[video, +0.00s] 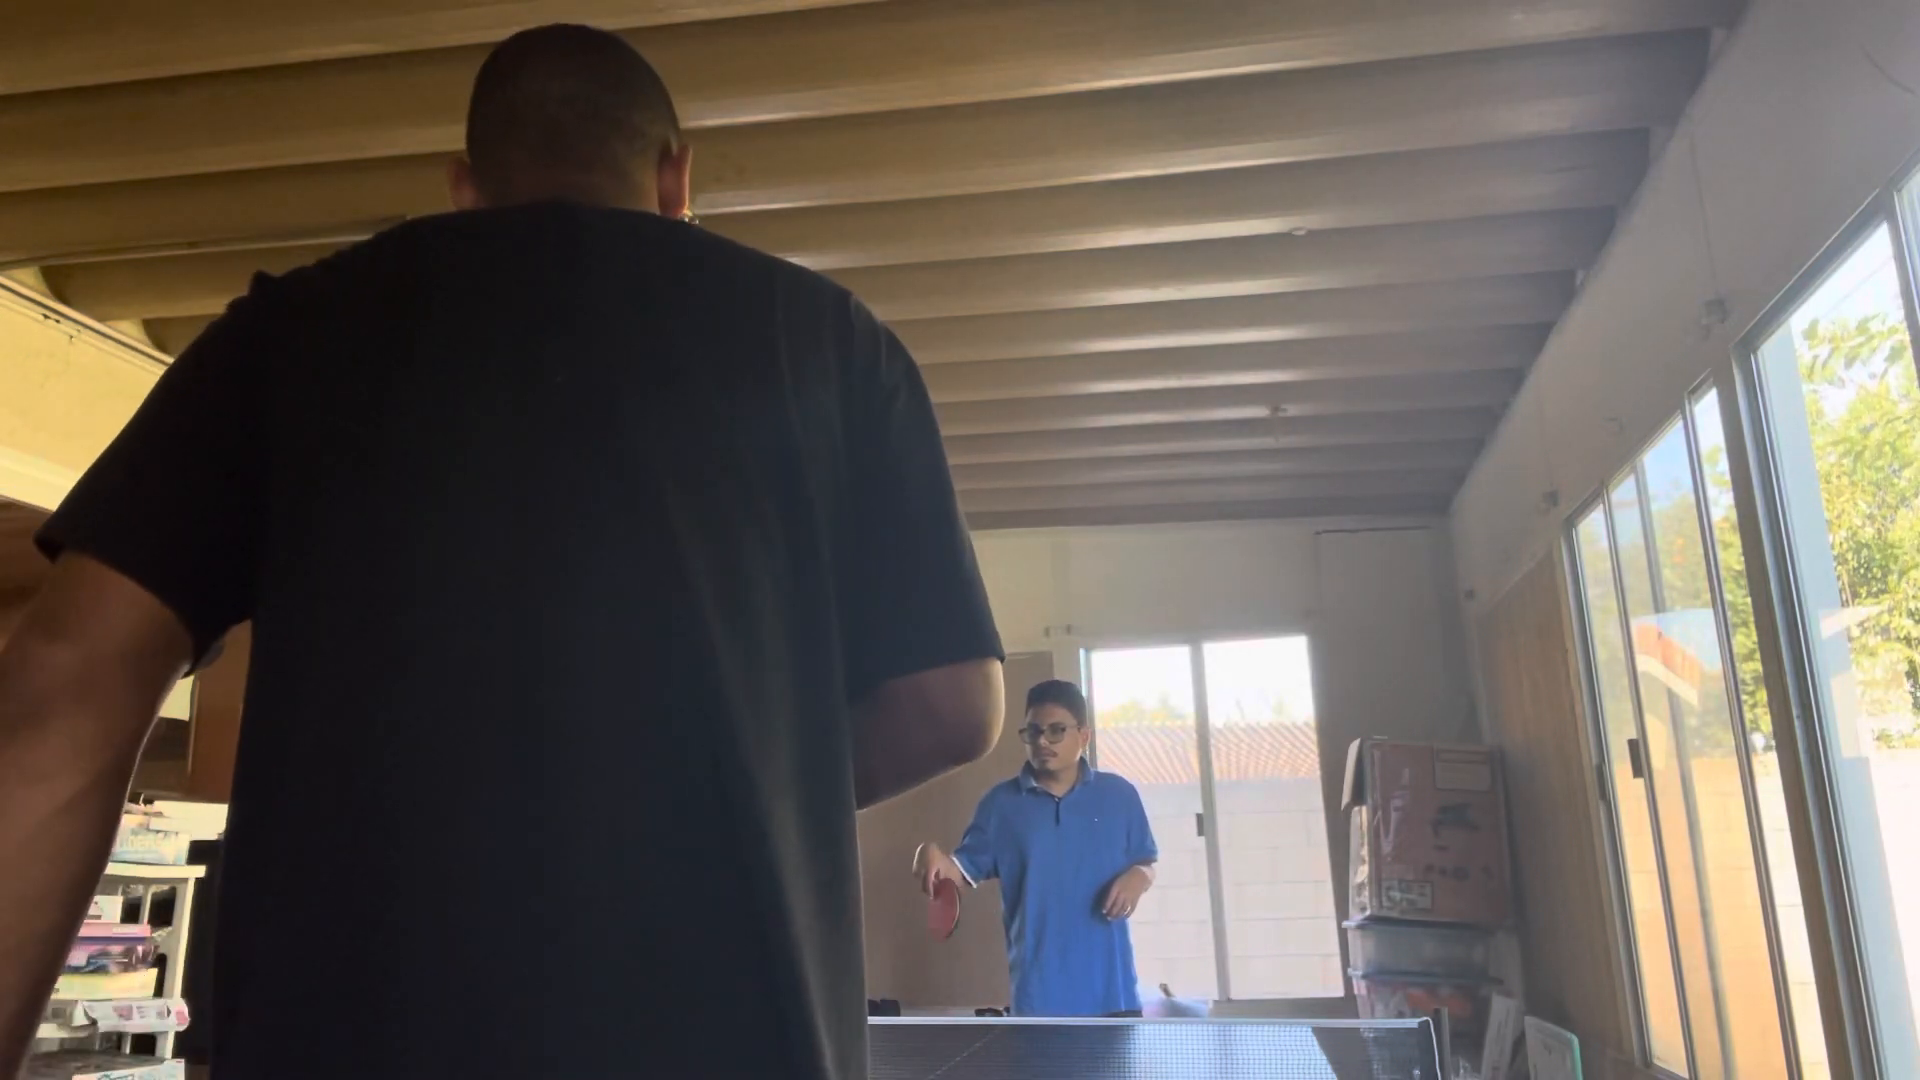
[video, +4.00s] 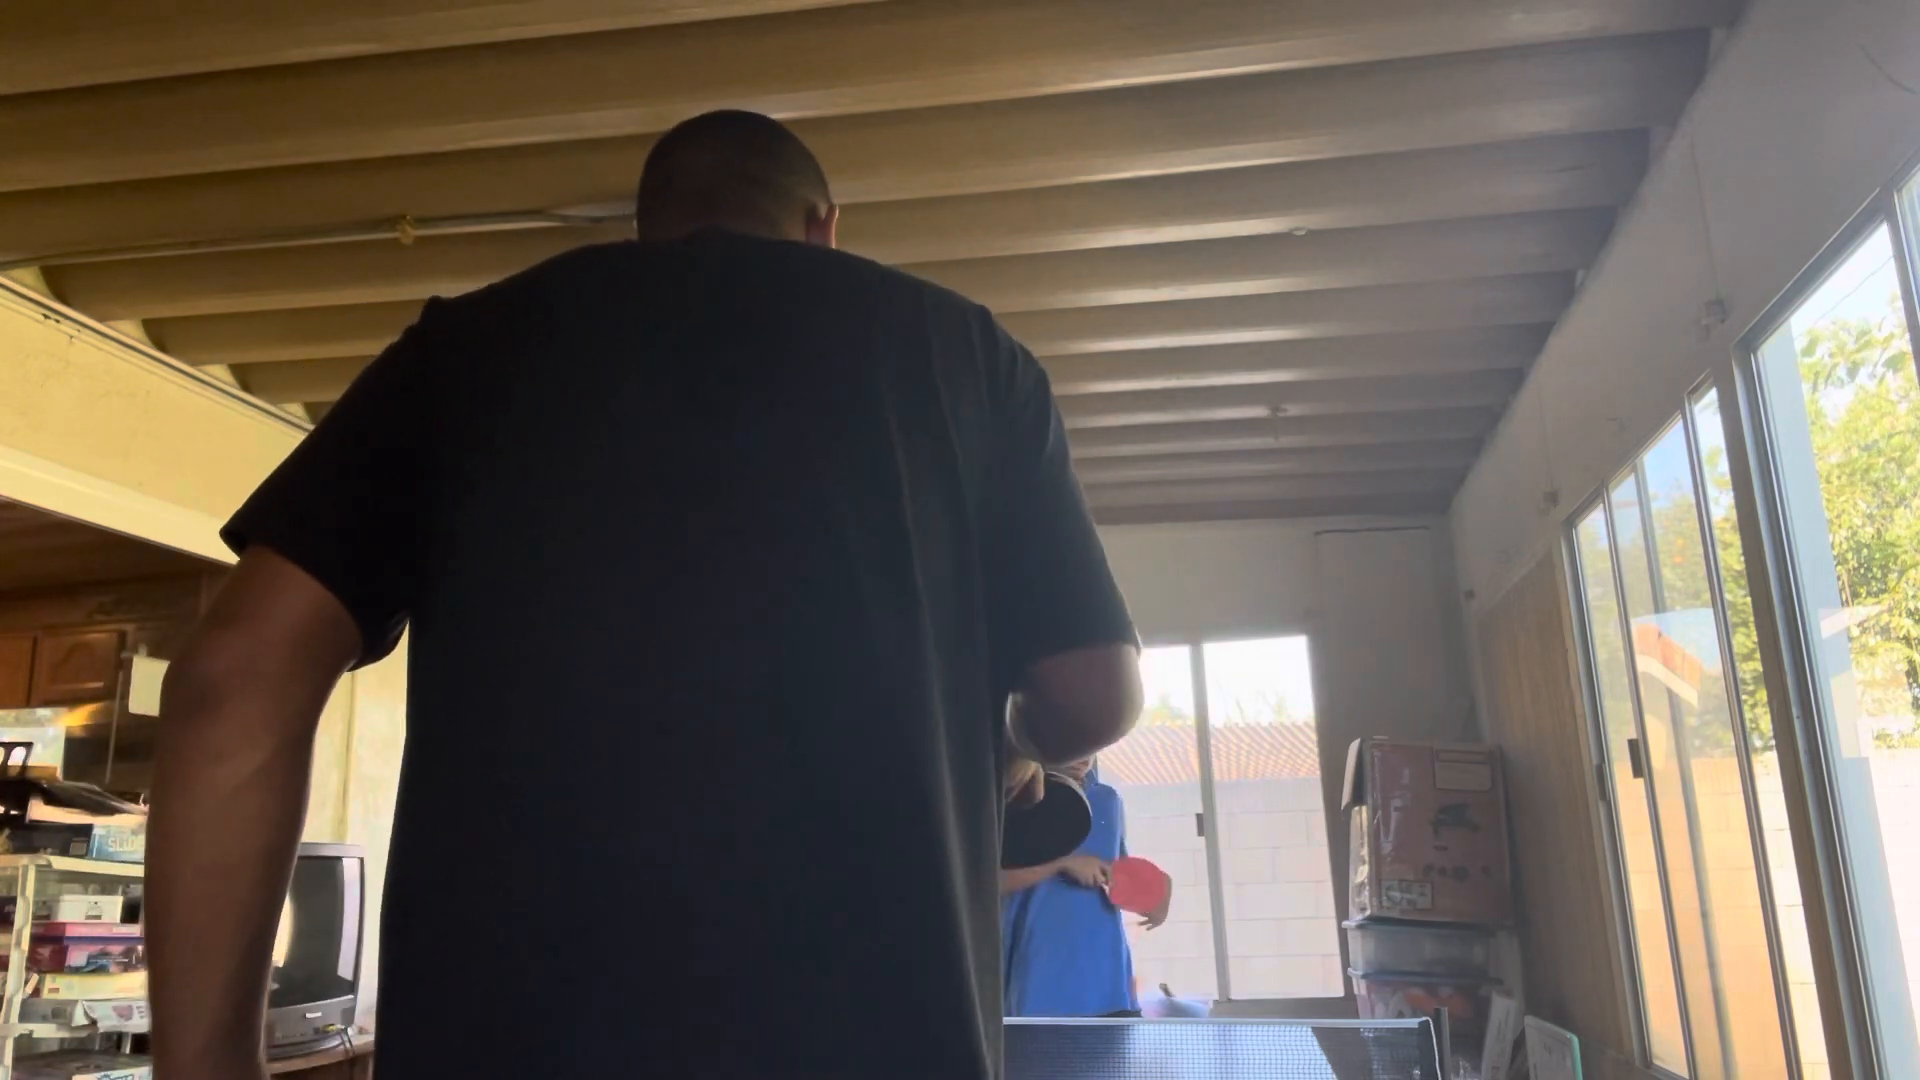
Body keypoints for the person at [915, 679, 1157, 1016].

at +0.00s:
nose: (1043, 742)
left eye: (1056, 731)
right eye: (1034, 732)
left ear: (1084, 736)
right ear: (1024, 736)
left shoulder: (1117, 795)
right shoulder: (1002, 803)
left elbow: (1144, 863)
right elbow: (966, 871)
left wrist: (1137, 878)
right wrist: (932, 852)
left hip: (1109, 988)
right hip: (1037, 992)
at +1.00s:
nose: (1038, 752)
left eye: (1051, 739)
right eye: (1026, 740)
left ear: (1075, 739)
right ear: (1013, 740)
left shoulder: (1105, 797)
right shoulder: (992, 801)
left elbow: (1127, 864)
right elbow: (964, 880)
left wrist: (1133, 879)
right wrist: (960, 906)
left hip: (1105, 990)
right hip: (1032, 996)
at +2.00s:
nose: (1048, 741)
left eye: (1060, 728)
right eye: (1035, 731)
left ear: (1080, 733)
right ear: (1022, 737)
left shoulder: (1103, 800)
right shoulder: (996, 797)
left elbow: (1116, 883)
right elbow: (959, 884)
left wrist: (1139, 878)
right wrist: (994, 849)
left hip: (1104, 992)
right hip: (1029, 996)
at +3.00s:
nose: (1058, 733)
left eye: (1069, 723)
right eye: (1046, 724)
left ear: (1088, 734)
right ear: (1029, 735)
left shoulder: (1111, 798)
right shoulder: (999, 798)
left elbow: (1125, 868)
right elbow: (977, 873)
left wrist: (1137, 876)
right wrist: (1002, 875)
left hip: (1106, 991)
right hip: (1032, 996)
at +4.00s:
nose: (1081, 758)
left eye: (1089, 747)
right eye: (1070, 747)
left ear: (1097, 749)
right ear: (1043, 746)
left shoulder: (1108, 801)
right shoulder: (1015, 800)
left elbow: (1119, 875)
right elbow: (990, 880)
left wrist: (1157, 892)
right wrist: (1062, 864)